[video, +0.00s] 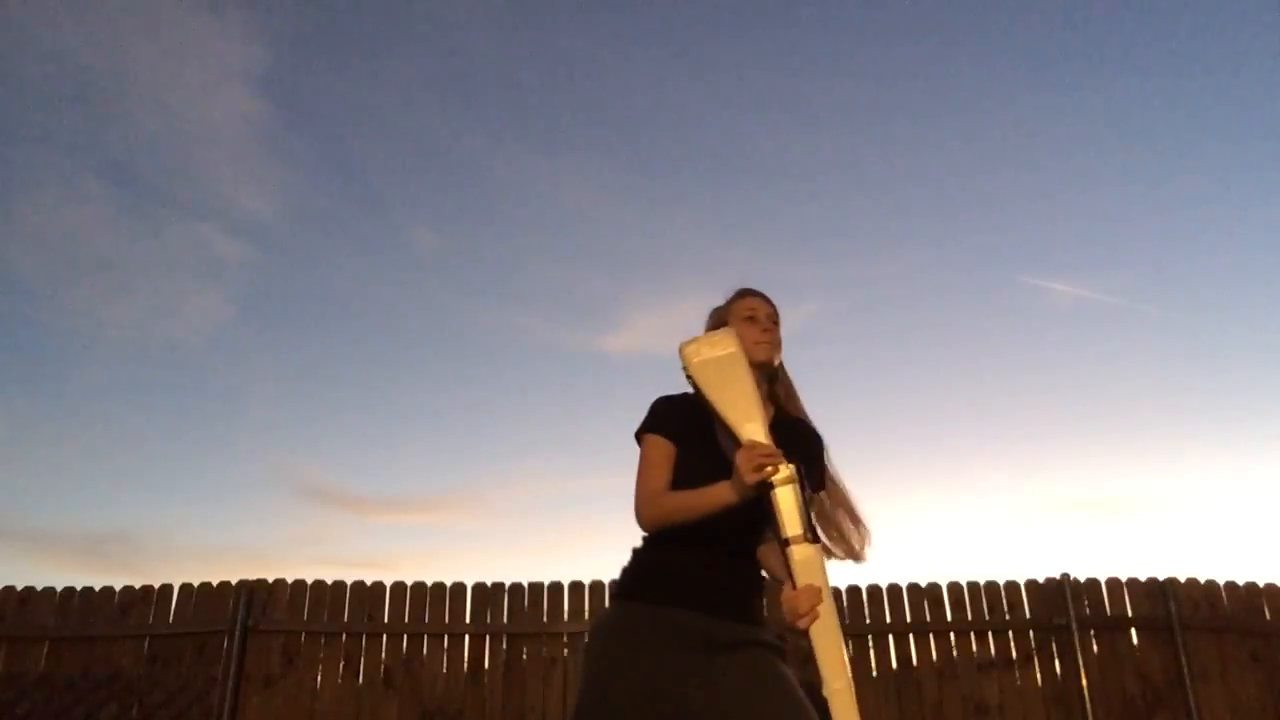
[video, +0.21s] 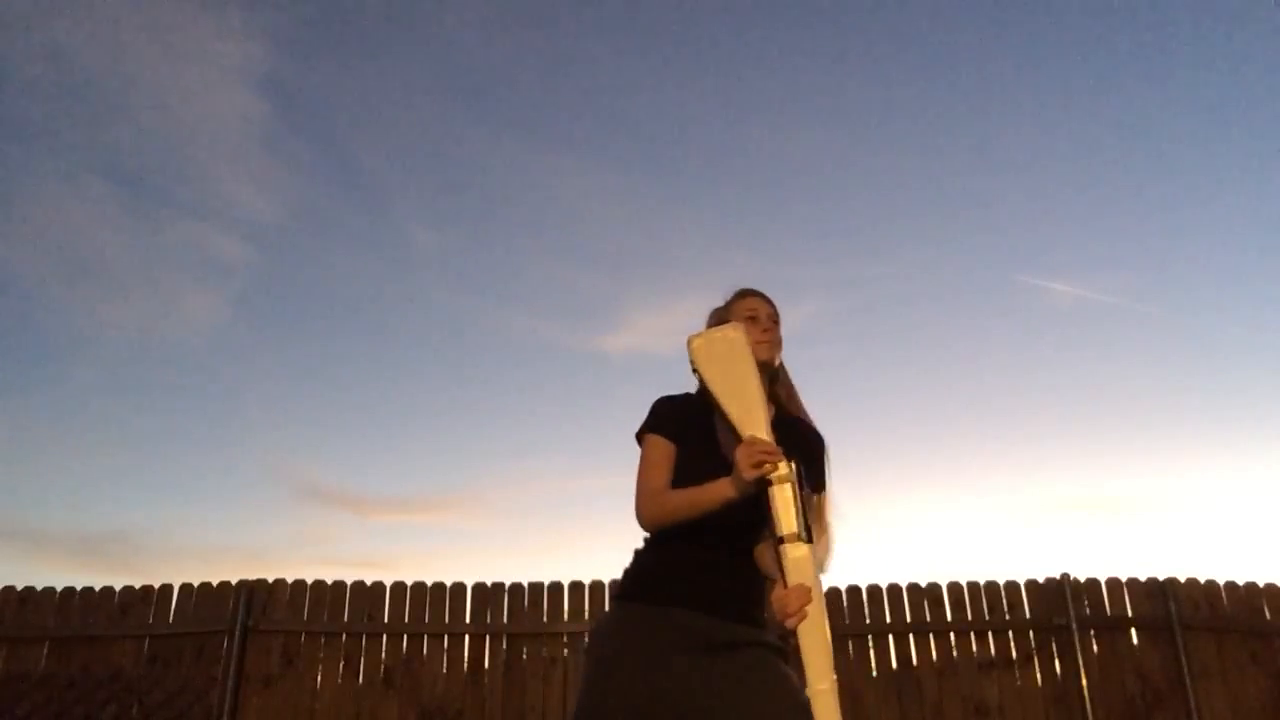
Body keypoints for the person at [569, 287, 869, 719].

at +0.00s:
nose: (766, 327)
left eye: (772, 321)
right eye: (749, 319)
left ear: (780, 340)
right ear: (718, 335)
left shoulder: (798, 438)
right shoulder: (674, 413)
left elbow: (770, 534)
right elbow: (650, 511)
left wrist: (789, 586)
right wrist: (734, 487)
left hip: (738, 631)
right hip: (647, 620)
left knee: (795, 713)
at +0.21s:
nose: (766, 328)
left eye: (774, 321)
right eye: (751, 319)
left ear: (781, 340)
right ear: (719, 334)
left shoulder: (798, 437)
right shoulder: (675, 412)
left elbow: (769, 532)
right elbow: (650, 510)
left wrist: (781, 585)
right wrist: (733, 484)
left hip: (742, 627)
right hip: (652, 617)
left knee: (784, 709)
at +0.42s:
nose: (760, 321)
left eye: (765, 317)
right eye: (744, 312)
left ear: (772, 339)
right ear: (711, 329)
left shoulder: (794, 431)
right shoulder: (670, 410)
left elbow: (789, 532)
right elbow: (647, 511)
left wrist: (790, 582)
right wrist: (722, 484)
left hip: (747, 626)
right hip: (656, 618)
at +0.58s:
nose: (710, 296)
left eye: (718, 291)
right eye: (698, 288)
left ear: (729, 313)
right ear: (672, 310)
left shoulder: (766, 397)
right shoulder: (638, 394)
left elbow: (806, 477)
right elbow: (609, 498)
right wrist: (657, 519)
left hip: (733, 592)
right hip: (643, 596)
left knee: (770, 708)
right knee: (621, 708)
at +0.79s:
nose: (666, 296)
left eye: (672, 291)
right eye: (649, 288)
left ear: (680, 314)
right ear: (620, 313)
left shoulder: (707, 381)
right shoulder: (591, 405)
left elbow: (802, 376)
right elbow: (556, 501)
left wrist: (807, 284)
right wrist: (548, 555)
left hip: (695, 590)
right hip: (610, 593)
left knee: (717, 706)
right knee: (600, 708)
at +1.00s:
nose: (610, 307)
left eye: (620, 305)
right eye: (598, 304)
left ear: (634, 330)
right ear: (576, 329)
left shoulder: (660, 394)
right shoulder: (549, 416)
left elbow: (754, 441)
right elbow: (502, 514)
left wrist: (773, 419)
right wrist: (471, 486)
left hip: (639, 592)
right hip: (559, 596)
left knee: (655, 706)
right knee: (556, 708)